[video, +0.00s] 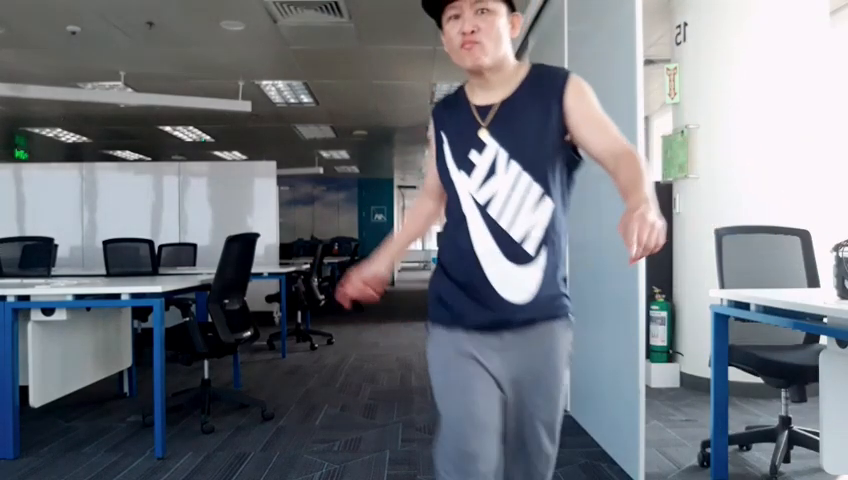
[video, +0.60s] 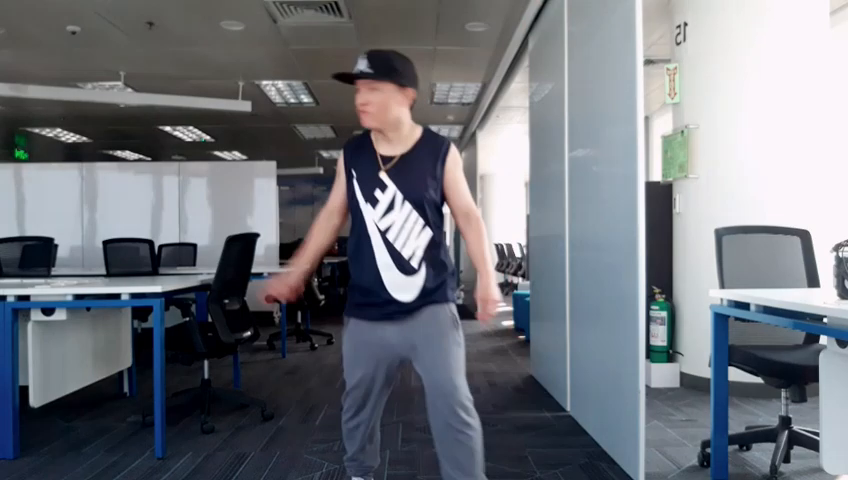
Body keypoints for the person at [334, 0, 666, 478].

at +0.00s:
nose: (467, 25)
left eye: (482, 11)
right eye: (453, 18)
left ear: (514, 24)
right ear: (444, 39)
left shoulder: (560, 89)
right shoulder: (445, 115)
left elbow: (618, 154)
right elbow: (432, 197)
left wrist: (641, 203)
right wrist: (383, 259)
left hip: (540, 326)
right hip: (457, 327)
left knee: (532, 466)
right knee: (470, 463)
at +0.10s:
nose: (453, 34)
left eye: (466, 20)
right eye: (440, 25)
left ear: (493, 31)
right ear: (428, 44)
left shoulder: (533, 92)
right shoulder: (424, 113)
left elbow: (572, 167)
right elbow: (390, 187)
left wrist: (599, 242)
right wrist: (332, 224)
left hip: (513, 307)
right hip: (434, 304)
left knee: (515, 447)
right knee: (406, 431)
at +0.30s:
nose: (443, 55)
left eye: (455, 45)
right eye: (431, 48)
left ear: (478, 54)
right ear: (418, 63)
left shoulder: (514, 120)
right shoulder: (408, 132)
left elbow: (545, 198)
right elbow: (377, 198)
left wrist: (570, 274)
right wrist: (330, 225)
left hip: (495, 319)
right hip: (421, 317)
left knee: (503, 457)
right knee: (384, 438)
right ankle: (388, 475)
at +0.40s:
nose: (413, 87)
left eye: (425, 77)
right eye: (403, 77)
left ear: (445, 89)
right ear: (387, 91)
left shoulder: (465, 148)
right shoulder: (370, 152)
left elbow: (490, 216)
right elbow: (351, 215)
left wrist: (518, 282)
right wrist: (341, 262)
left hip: (453, 321)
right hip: (384, 322)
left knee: (473, 431)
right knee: (364, 421)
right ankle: (360, 474)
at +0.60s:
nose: (360, 100)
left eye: (371, 90)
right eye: (357, 91)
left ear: (407, 95)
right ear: (355, 96)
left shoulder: (440, 152)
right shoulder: (352, 154)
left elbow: (468, 216)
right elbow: (331, 216)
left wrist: (486, 274)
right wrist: (295, 272)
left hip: (431, 309)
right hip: (367, 313)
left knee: (453, 405)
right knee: (359, 407)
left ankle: (468, 477)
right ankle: (359, 473)